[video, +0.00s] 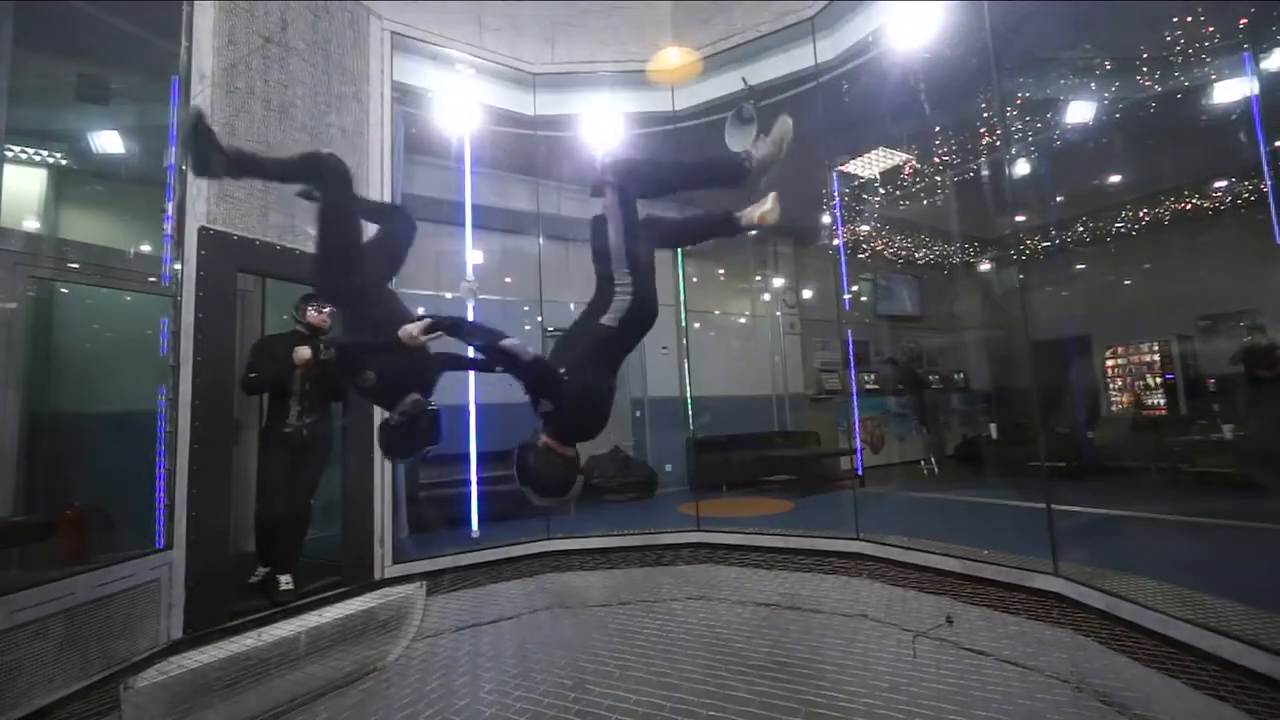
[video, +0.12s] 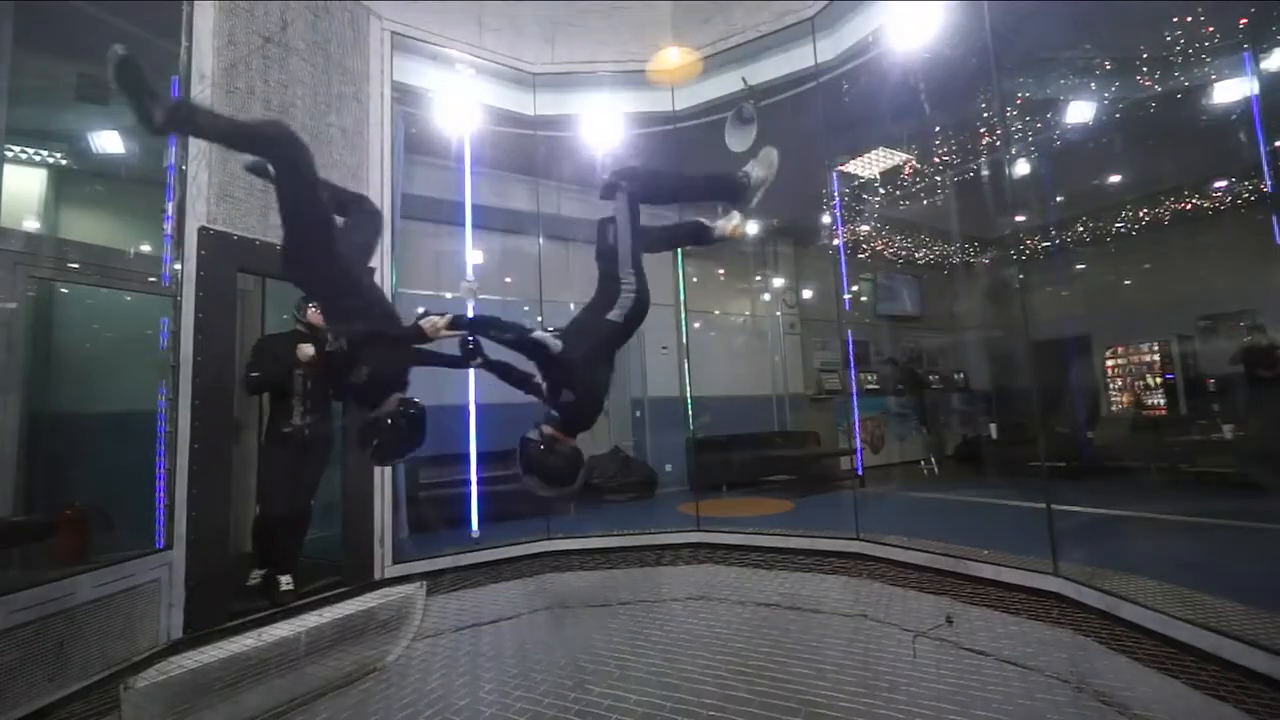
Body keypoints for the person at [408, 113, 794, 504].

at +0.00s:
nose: (566, 466)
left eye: (560, 469)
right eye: (565, 469)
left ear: (543, 450)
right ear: (559, 455)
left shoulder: (556, 414)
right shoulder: (576, 413)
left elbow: (497, 361)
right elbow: (508, 352)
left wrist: (436, 358)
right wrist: (438, 326)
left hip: (620, 305)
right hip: (628, 301)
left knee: (641, 230)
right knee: (615, 170)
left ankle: (741, 221)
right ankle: (747, 164)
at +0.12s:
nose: (543, 436)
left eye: (538, 443)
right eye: (546, 443)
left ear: (546, 440)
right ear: (560, 444)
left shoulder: (565, 413)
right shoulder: (574, 403)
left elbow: (513, 376)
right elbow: (521, 338)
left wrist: (474, 355)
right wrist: (462, 323)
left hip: (612, 310)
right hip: (623, 301)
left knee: (622, 232)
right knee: (625, 187)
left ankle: (713, 231)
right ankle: (739, 185)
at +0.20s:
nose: (546, 433)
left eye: (544, 443)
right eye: (554, 447)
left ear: (544, 432)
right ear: (567, 439)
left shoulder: (550, 405)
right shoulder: (582, 398)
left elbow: (510, 378)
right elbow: (540, 332)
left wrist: (468, 359)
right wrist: (477, 319)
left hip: (591, 311)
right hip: (619, 307)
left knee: (605, 239)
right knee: (625, 188)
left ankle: (686, 234)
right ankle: (728, 196)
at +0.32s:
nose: (560, 428)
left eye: (555, 434)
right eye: (564, 435)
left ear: (547, 428)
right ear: (568, 429)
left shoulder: (540, 397)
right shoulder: (585, 391)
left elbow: (488, 374)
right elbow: (577, 333)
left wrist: (446, 355)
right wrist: (512, 318)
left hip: (573, 308)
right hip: (602, 312)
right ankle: (706, 210)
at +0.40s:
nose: (554, 420)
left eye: (551, 425)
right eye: (560, 427)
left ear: (548, 422)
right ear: (567, 423)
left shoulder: (531, 400)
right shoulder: (585, 393)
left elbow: (480, 373)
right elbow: (600, 340)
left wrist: (437, 352)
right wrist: (536, 322)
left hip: (560, 316)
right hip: (592, 316)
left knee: (550, 231)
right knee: (607, 247)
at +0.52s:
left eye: (556, 431)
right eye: (559, 432)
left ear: (546, 420)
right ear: (563, 416)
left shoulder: (522, 394)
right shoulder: (581, 388)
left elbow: (470, 372)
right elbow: (614, 340)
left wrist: (428, 351)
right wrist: (567, 321)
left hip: (544, 299)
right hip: (581, 306)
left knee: (521, 227)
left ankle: (573, 239)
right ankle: (658, 227)